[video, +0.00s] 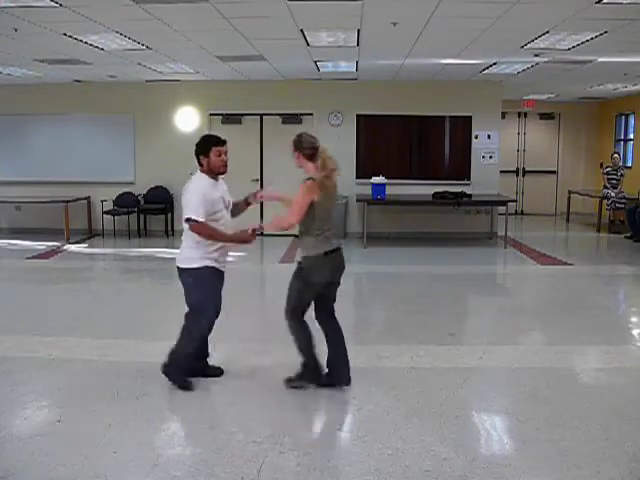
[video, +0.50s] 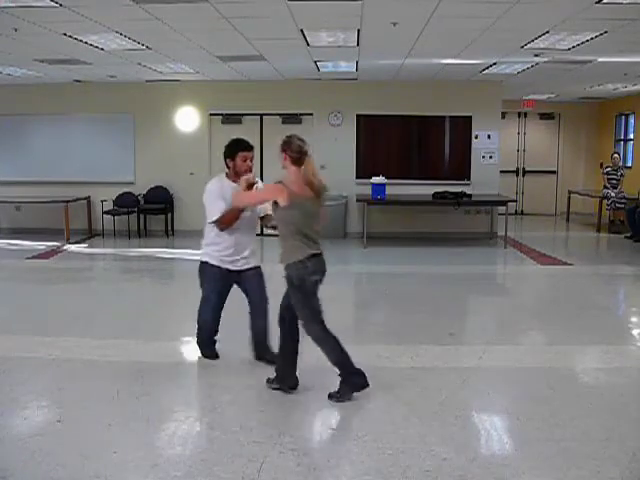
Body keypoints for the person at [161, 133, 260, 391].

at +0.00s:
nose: (224, 159)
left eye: (225, 154)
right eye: (219, 155)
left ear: (224, 156)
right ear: (203, 159)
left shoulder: (218, 183)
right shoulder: (197, 186)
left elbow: (228, 211)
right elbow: (194, 224)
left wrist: (248, 201)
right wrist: (234, 238)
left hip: (212, 263)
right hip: (196, 264)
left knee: (208, 313)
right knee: (203, 313)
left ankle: (197, 362)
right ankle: (176, 366)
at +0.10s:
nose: (224, 161)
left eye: (225, 156)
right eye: (218, 157)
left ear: (226, 158)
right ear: (202, 161)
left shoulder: (228, 187)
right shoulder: (193, 188)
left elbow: (233, 217)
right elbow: (201, 225)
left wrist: (251, 216)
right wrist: (236, 227)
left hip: (217, 264)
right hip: (192, 263)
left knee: (211, 316)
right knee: (191, 311)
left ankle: (196, 362)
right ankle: (170, 349)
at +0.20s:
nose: (227, 162)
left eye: (228, 157)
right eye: (221, 158)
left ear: (229, 159)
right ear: (205, 162)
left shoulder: (232, 187)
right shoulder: (195, 188)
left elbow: (239, 217)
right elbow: (207, 221)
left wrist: (252, 215)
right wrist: (240, 220)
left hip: (220, 265)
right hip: (192, 264)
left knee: (212, 316)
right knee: (190, 311)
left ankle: (196, 362)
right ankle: (196, 342)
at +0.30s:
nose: (232, 164)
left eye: (233, 159)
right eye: (226, 159)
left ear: (235, 160)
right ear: (211, 162)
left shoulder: (238, 187)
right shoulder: (199, 187)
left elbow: (248, 219)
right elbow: (207, 222)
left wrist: (258, 216)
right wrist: (237, 215)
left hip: (226, 262)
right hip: (198, 262)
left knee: (227, 305)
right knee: (199, 311)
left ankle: (203, 354)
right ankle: (207, 348)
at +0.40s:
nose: (239, 165)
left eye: (241, 160)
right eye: (233, 160)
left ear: (242, 161)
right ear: (219, 163)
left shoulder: (244, 186)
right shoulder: (205, 188)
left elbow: (256, 217)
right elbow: (211, 225)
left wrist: (266, 217)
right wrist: (235, 210)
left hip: (236, 261)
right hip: (207, 262)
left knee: (246, 301)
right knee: (205, 309)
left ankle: (229, 347)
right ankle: (206, 347)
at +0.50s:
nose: (250, 165)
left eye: (251, 160)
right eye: (244, 160)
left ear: (254, 161)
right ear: (229, 162)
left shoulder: (256, 186)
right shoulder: (215, 187)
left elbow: (265, 219)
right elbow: (223, 223)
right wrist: (243, 194)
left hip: (246, 261)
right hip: (216, 261)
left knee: (259, 302)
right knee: (212, 304)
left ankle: (261, 348)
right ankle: (206, 344)